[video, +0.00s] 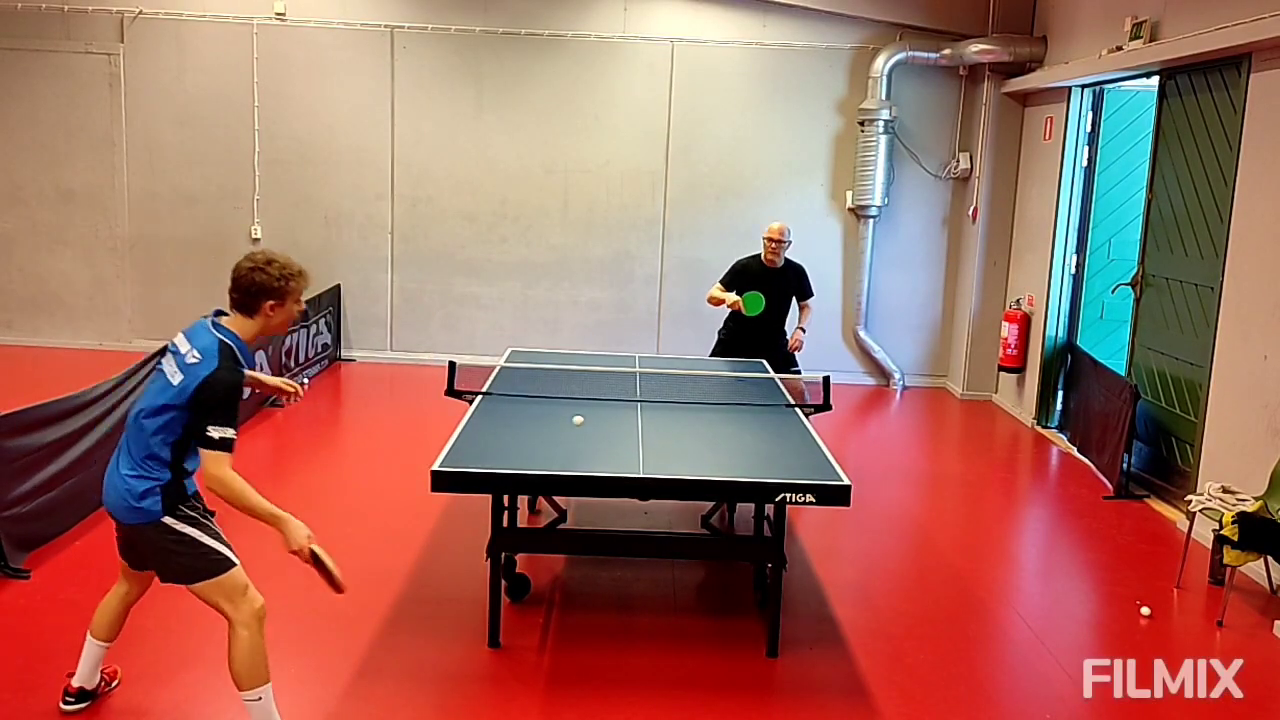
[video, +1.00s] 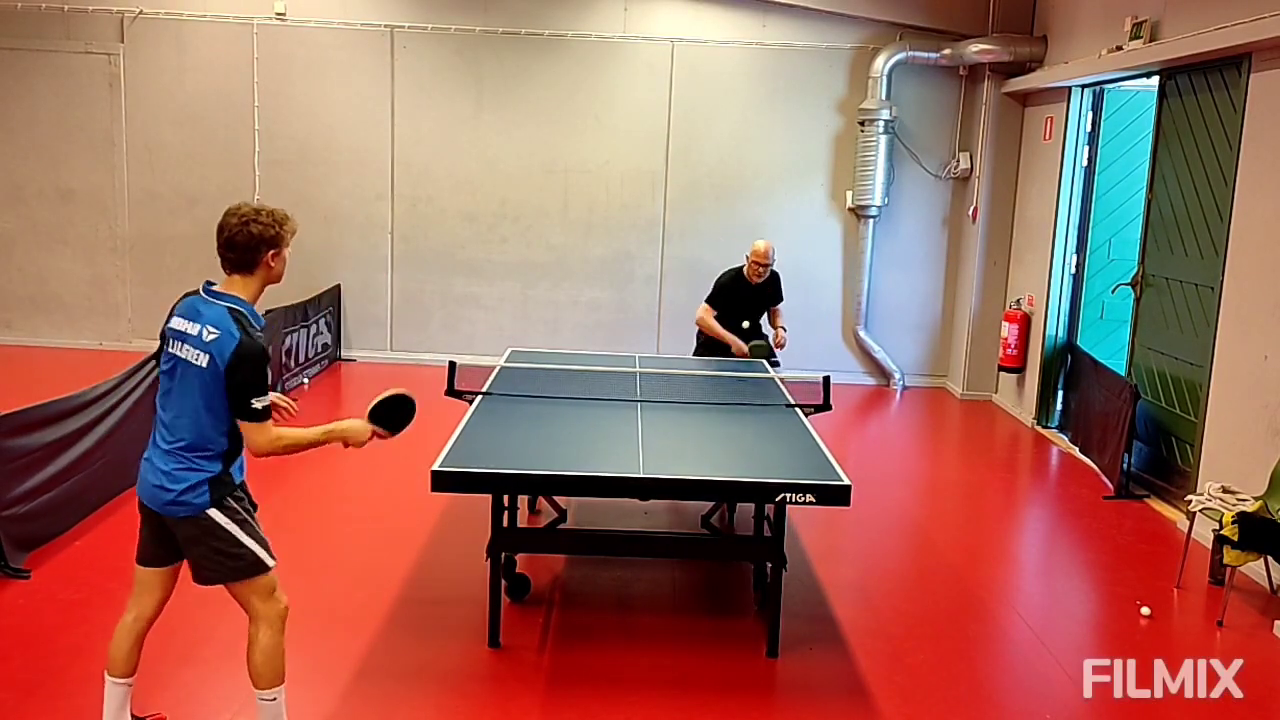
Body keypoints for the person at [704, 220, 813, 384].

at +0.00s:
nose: (773, 246)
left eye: (779, 242)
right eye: (769, 240)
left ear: (788, 245)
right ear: (763, 240)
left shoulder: (796, 272)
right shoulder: (744, 266)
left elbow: (805, 307)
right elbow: (712, 296)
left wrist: (800, 330)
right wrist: (727, 297)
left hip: (773, 343)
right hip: (735, 340)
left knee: (798, 393)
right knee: (708, 385)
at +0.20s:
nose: (746, 243)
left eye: (752, 239)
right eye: (743, 238)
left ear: (761, 243)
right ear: (736, 238)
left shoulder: (768, 271)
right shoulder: (717, 265)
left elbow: (771, 306)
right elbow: (689, 296)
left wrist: (770, 328)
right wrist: (704, 303)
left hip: (746, 343)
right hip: (710, 341)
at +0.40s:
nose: (736, 235)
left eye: (741, 231)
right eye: (732, 230)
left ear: (750, 234)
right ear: (725, 230)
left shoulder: (758, 263)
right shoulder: (706, 257)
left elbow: (761, 296)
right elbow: (678, 288)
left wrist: (758, 318)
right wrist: (692, 294)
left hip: (738, 338)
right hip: (701, 336)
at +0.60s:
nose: (737, 247)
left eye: (742, 244)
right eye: (733, 242)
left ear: (751, 245)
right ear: (726, 241)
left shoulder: (759, 270)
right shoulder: (708, 265)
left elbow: (766, 305)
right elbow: (681, 296)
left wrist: (760, 325)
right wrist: (690, 307)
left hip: (740, 339)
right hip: (704, 338)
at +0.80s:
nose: (747, 272)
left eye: (752, 268)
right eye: (742, 266)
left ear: (760, 267)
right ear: (735, 262)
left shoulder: (765, 283)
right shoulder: (716, 283)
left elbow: (769, 316)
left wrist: (769, 337)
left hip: (744, 340)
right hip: (712, 338)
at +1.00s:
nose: (760, 270)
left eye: (766, 266)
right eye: (756, 264)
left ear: (773, 264)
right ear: (747, 260)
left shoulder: (773, 279)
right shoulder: (729, 279)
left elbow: (774, 310)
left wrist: (779, 328)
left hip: (752, 338)